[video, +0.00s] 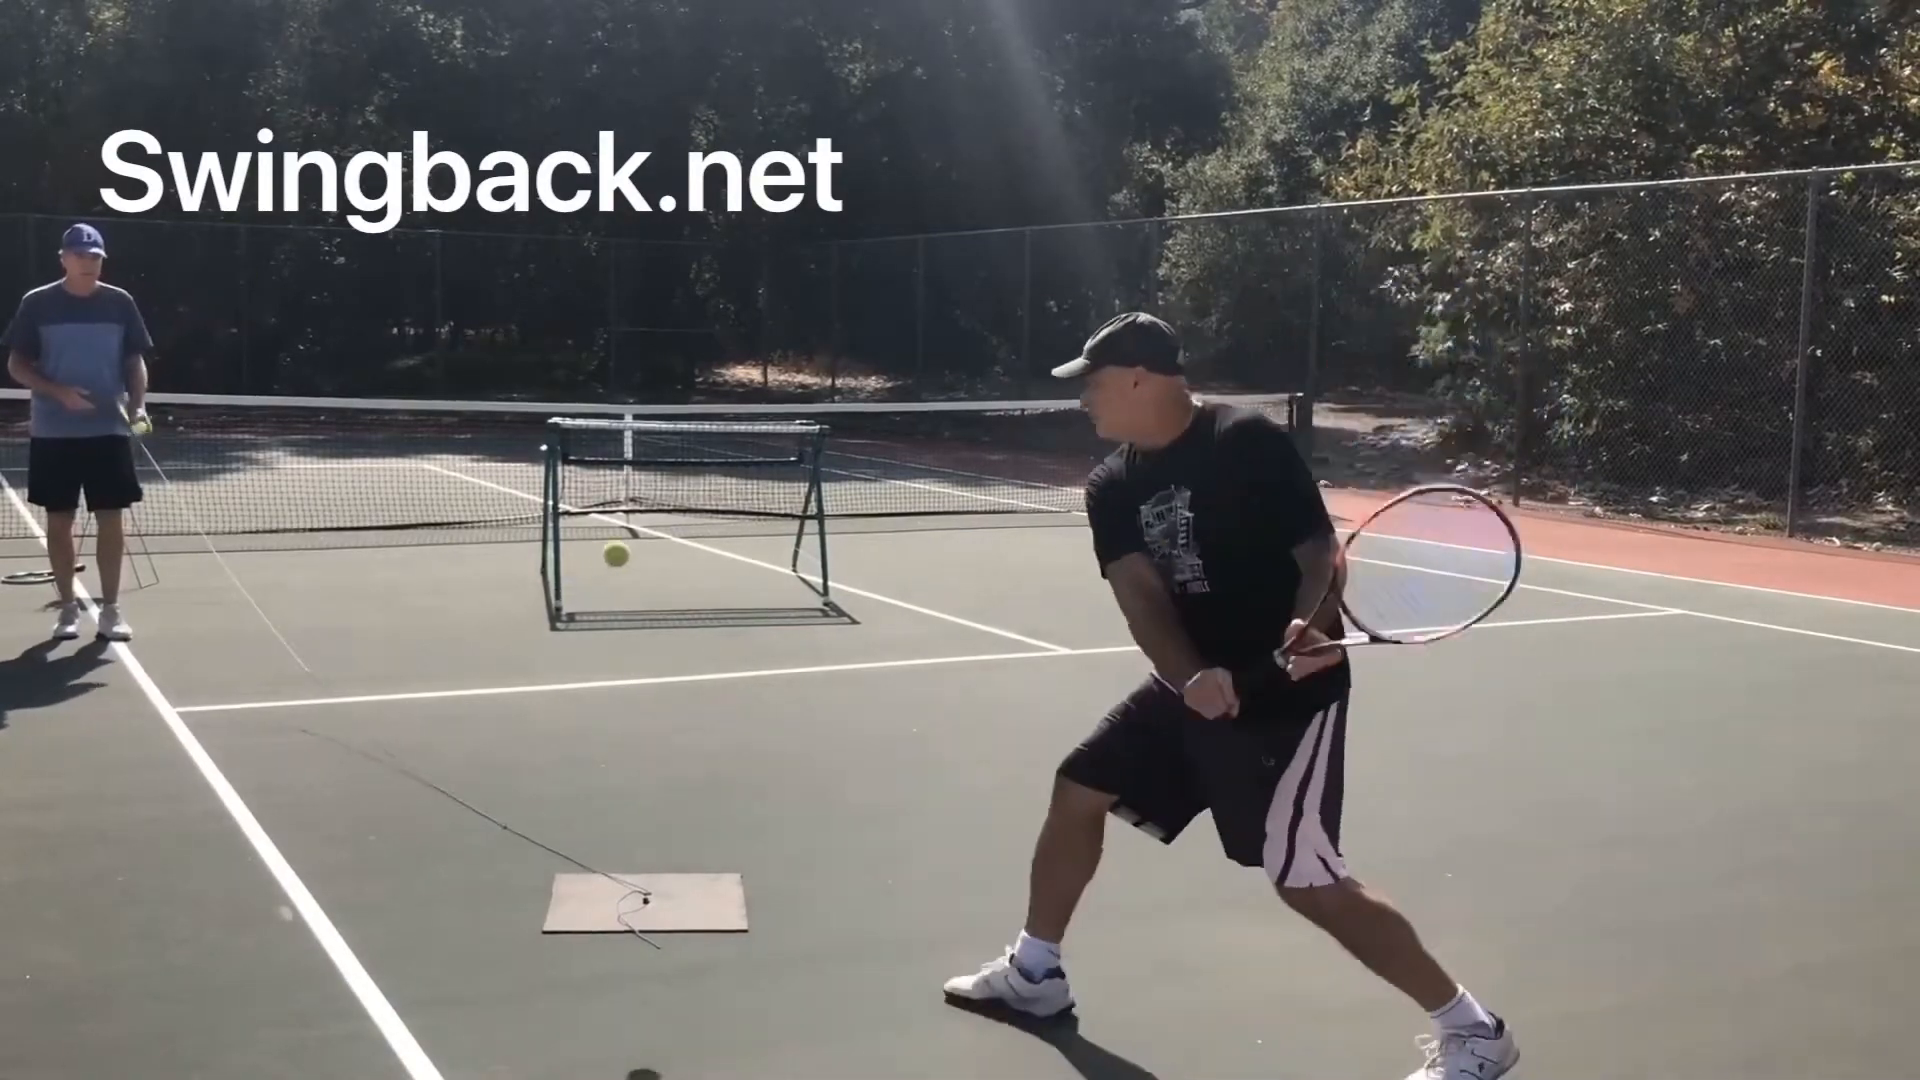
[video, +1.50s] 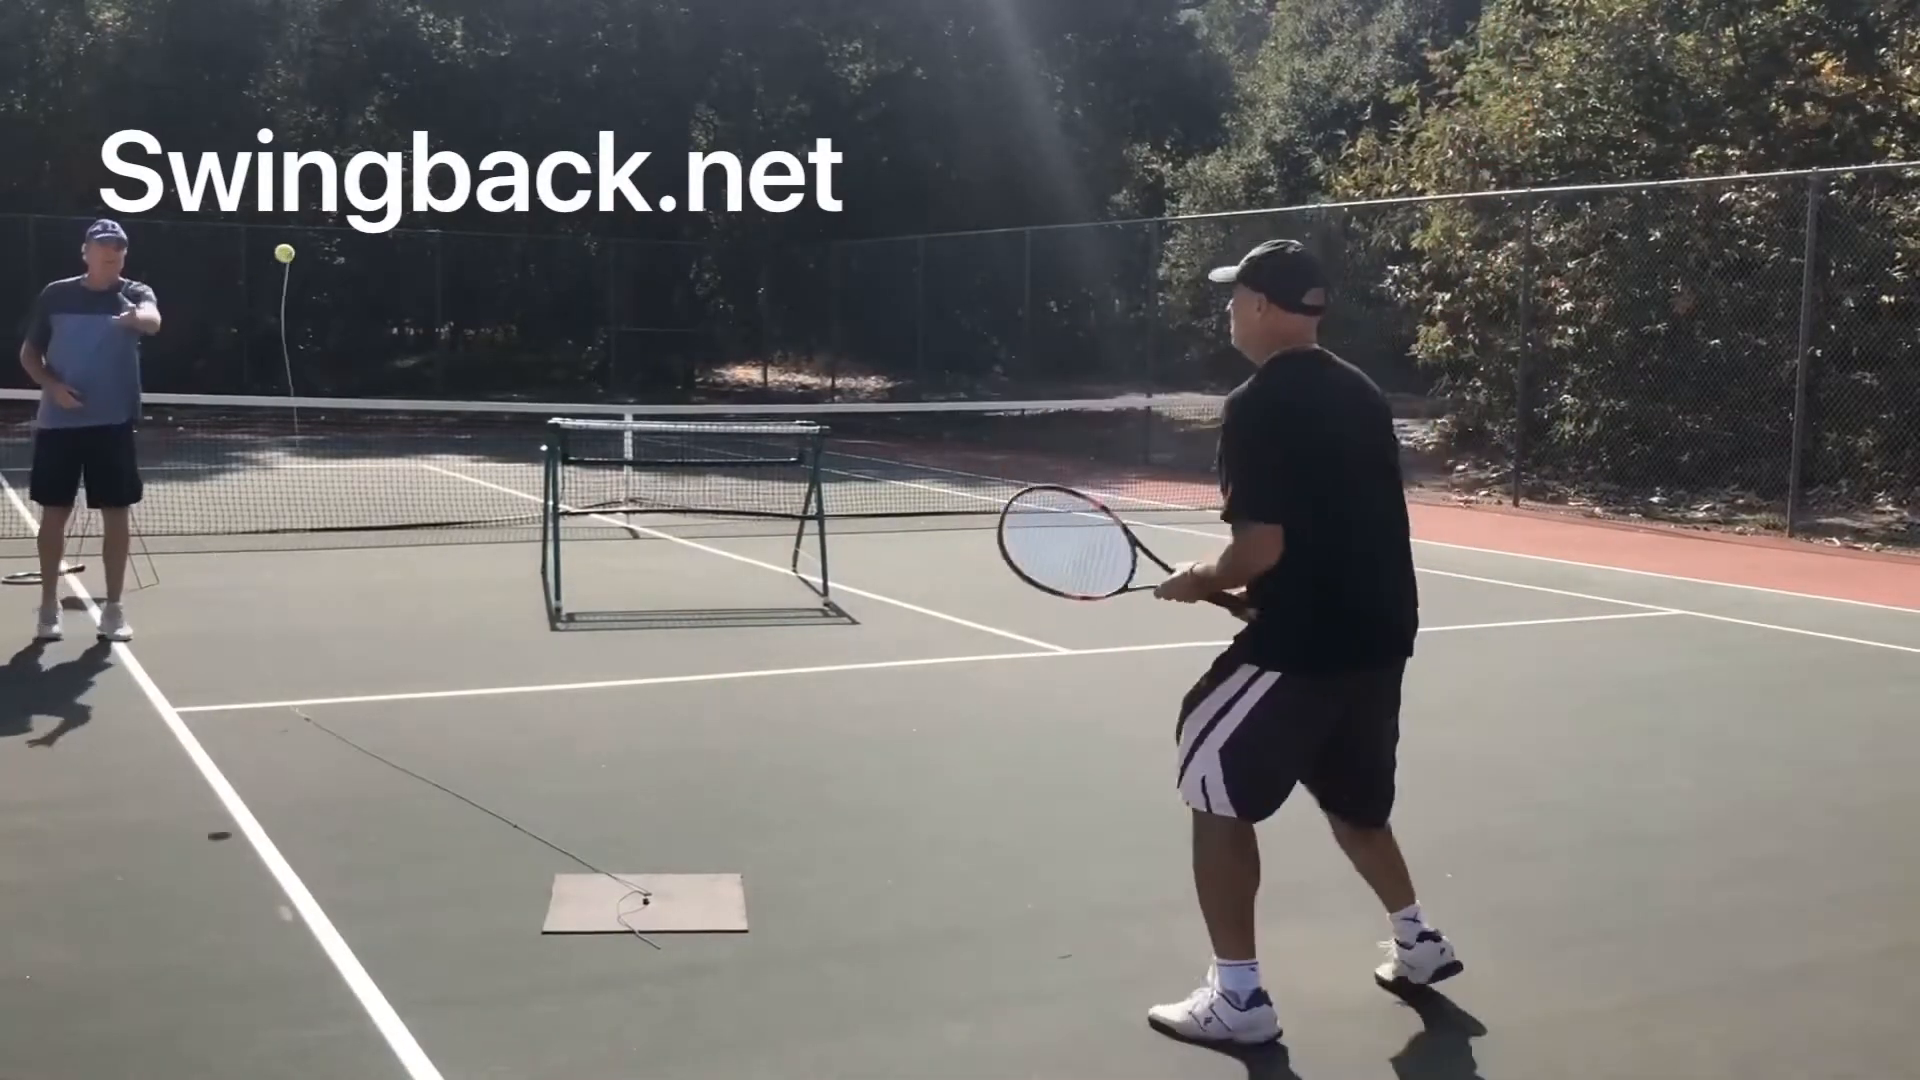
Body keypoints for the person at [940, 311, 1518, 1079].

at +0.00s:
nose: (1084, 402)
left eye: (1095, 385)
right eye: (1084, 387)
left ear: (1147, 379)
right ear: (1131, 385)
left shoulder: (1252, 443)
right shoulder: (1113, 485)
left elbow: (1322, 556)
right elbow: (1138, 595)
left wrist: (1309, 624)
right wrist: (1189, 674)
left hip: (1291, 687)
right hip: (1195, 684)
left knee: (1304, 875)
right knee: (1081, 785)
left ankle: (1471, 1029)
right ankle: (1035, 968)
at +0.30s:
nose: (971, 456)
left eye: (974, 438)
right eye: (967, 441)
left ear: (1012, 424)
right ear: (1028, 417)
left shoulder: (1063, 537)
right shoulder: (1097, 429)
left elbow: (1131, 678)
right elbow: (1102, 343)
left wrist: (1169, 812)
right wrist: (1109, 288)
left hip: (1198, 709)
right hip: (1143, 677)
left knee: (1158, 906)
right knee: (1031, 774)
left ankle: (1367, 909)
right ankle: (1030, 962)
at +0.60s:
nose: (1057, 380)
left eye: (1063, 364)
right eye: (1057, 364)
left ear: (1100, 367)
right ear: (1138, 363)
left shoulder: (1090, 484)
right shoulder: (1219, 403)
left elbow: (1064, 636)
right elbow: (1357, 338)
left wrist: (1019, 766)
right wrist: (1477, 278)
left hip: (1215, 685)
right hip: (1282, 657)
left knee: (1169, 874)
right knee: (1134, 814)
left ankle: (1284, 1066)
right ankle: (1050, 963)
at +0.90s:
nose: (1187, 313)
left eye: (1192, 300)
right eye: (1192, 299)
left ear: (1214, 305)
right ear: (1267, 303)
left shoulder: (1189, 414)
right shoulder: (1342, 378)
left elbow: (1160, 559)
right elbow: (1456, 452)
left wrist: (1104, 641)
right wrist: (1492, 444)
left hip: (1270, 656)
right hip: (1366, 638)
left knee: (1252, 851)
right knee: (1311, 796)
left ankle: (1291, 1064)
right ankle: (1387, 967)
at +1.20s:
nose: (1257, 290)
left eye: (1264, 278)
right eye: (1261, 277)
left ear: (1290, 287)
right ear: (1339, 289)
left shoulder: (1273, 383)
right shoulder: (1404, 371)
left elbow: (1279, 522)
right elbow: (1459, 493)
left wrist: (1242, 581)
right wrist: (1390, 550)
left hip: (1319, 633)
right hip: (1418, 631)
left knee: (1242, 784)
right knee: (1426, 804)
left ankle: (1281, 1001)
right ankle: (1485, 987)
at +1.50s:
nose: (1230, 312)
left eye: (1238, 300)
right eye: (1234, 299)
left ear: (1269, 309)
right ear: (1309, 311)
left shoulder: (1259, 403)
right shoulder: (1361, 392)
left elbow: (1260, 544)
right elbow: (1359, 528)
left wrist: (1208, 577)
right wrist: (1259, 584)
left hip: (1298, 646)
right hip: (1379, 642)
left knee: (1214, 785)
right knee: (1354, 800)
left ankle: (1236, 994)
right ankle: (1418, 941)